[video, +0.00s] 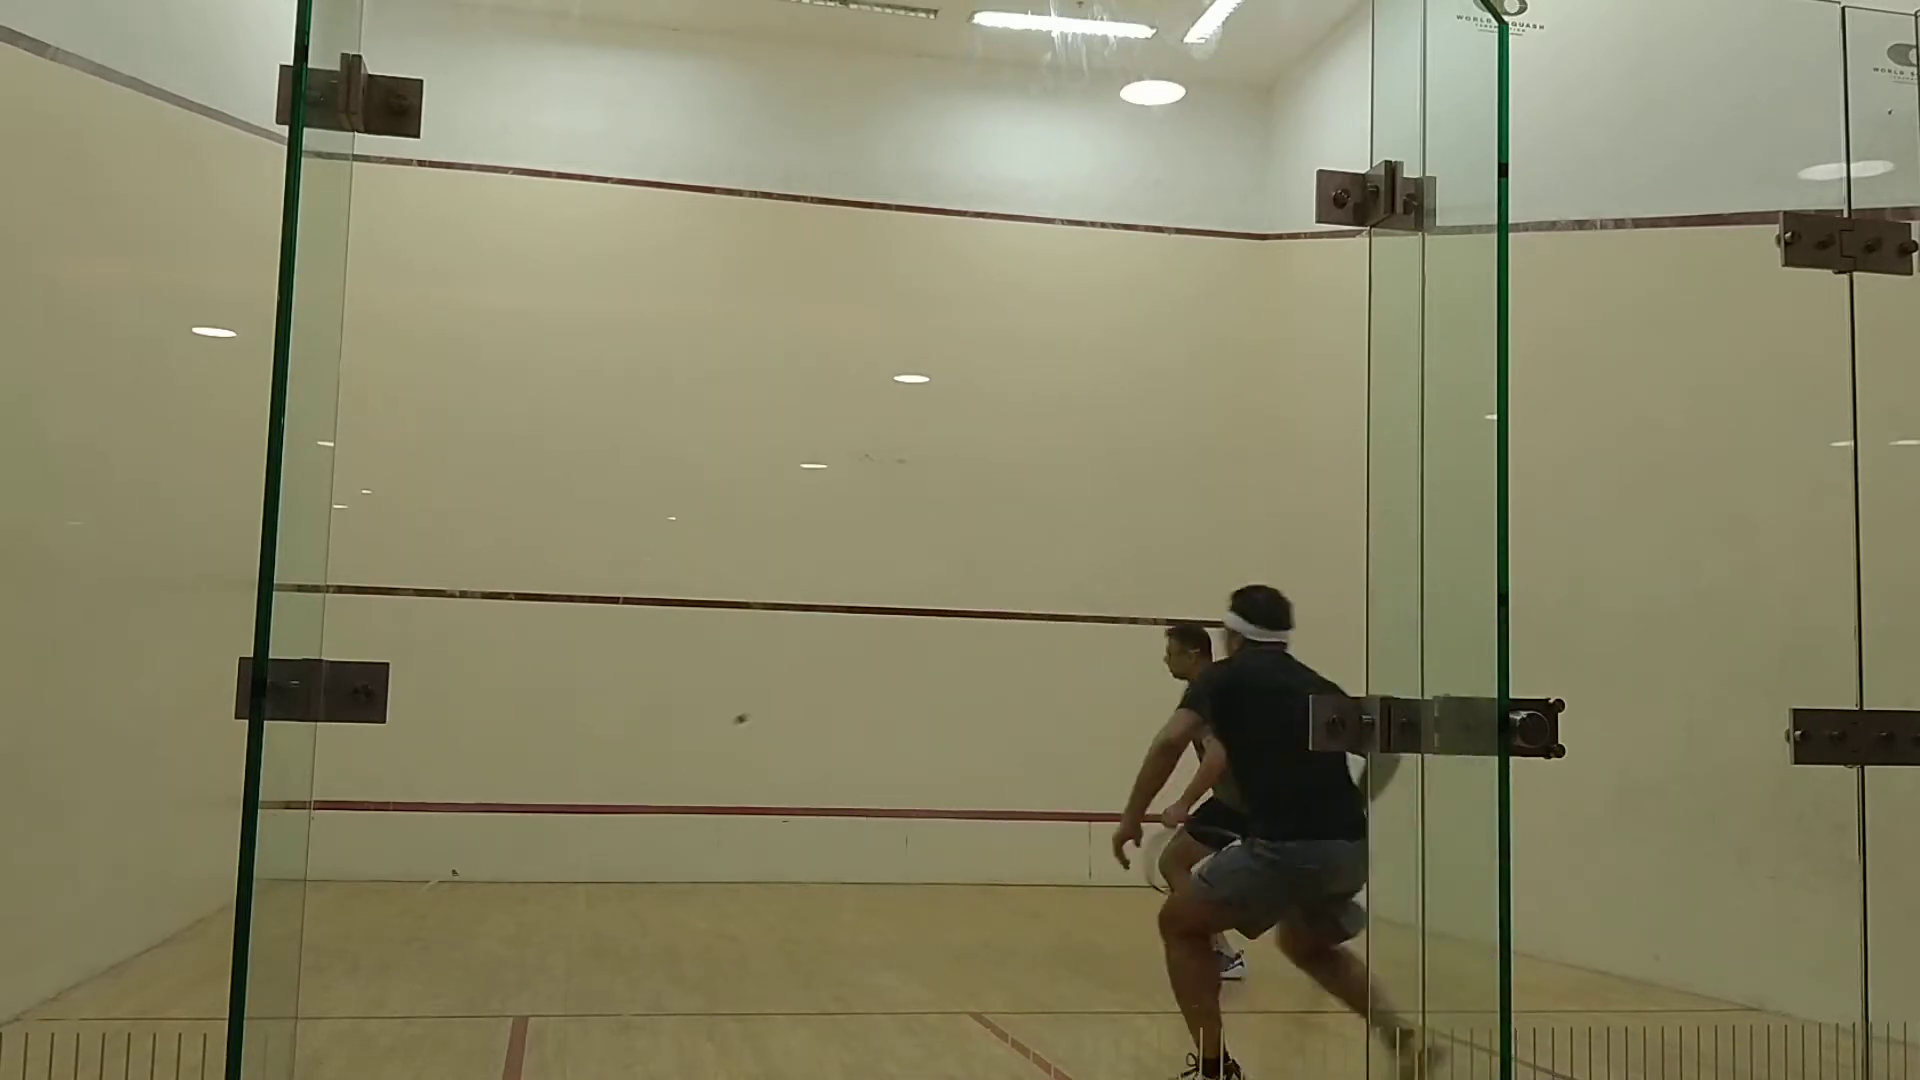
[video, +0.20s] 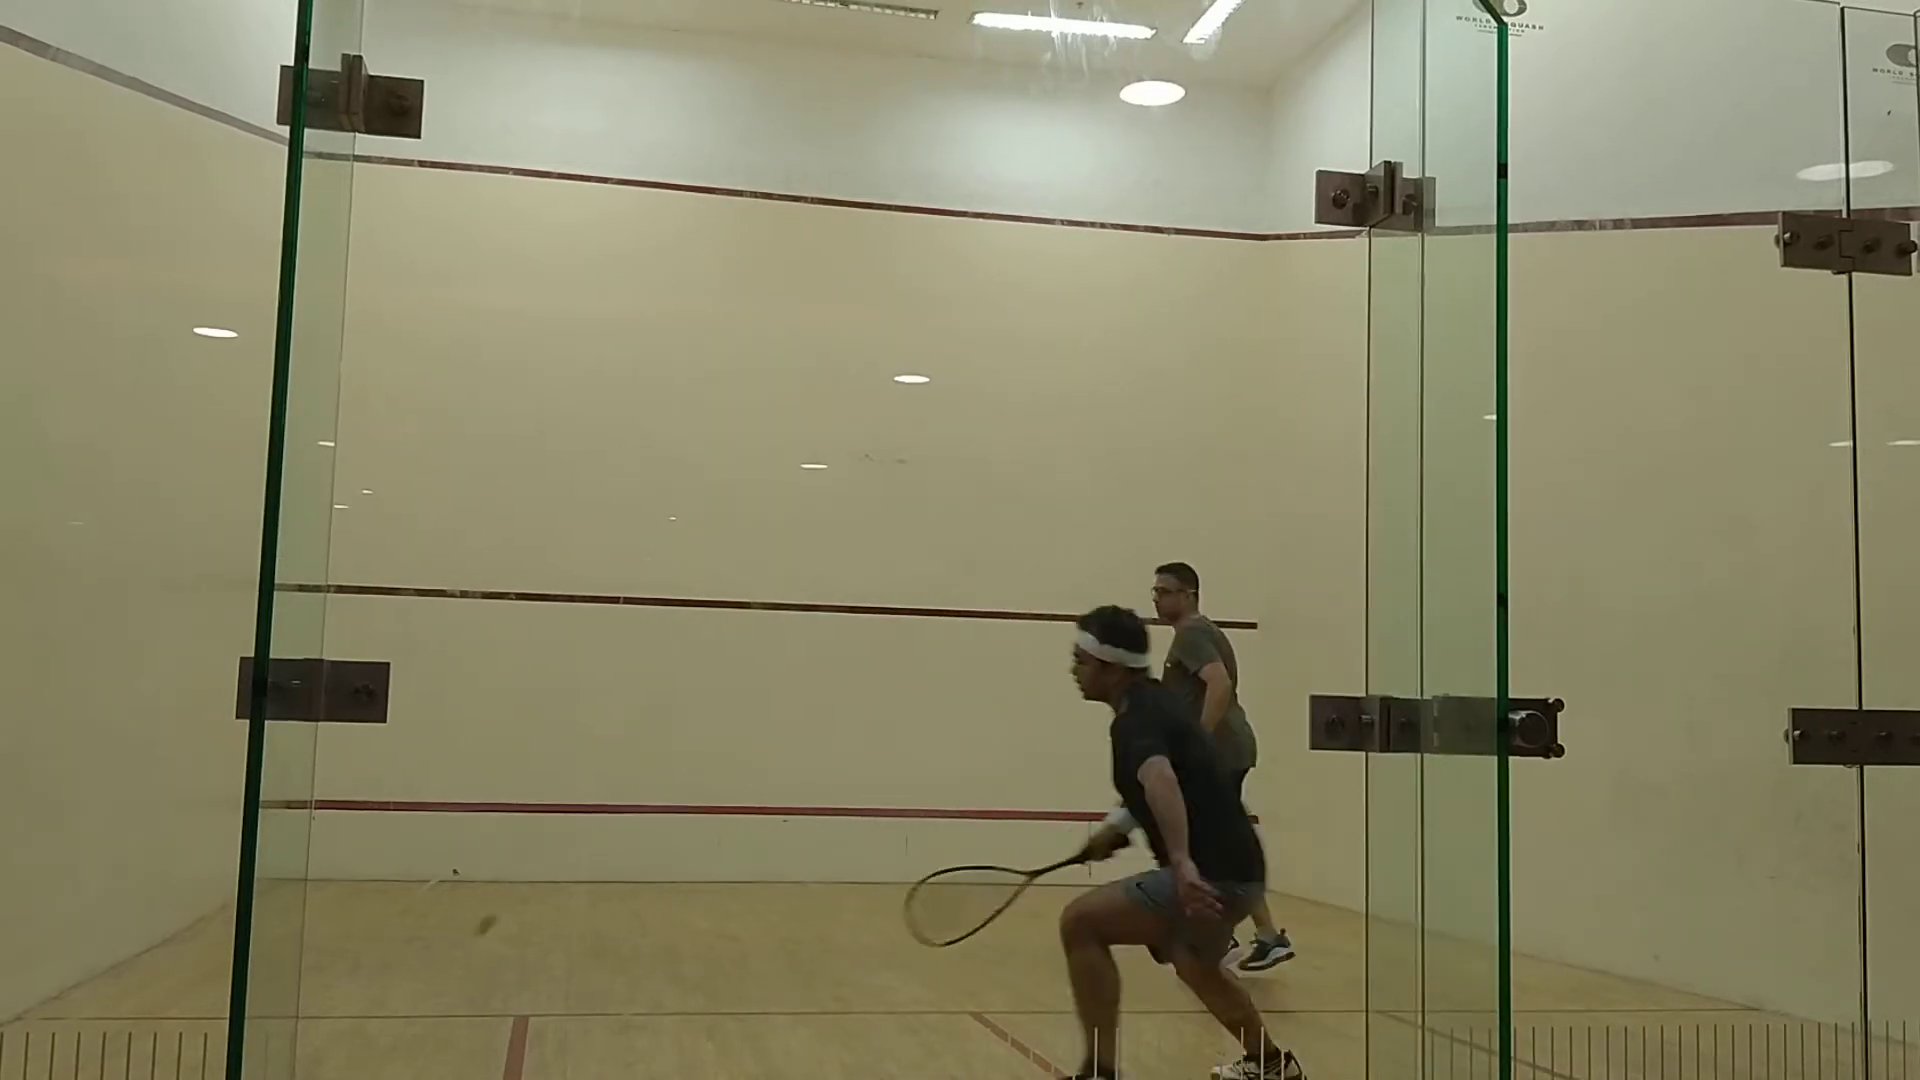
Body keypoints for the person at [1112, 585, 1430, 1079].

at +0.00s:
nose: (1221, 635)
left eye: (1224, 628)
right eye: (1225, 628)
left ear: (1234, 634)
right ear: (1284, 635)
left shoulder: (1220, 678)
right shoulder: (1320, 685)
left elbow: (1169, 742)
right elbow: (1389, 747)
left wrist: (1132, 818)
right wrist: (1358, 807)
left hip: (1283, 850)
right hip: (1350, 848)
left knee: (1181, 923)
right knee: (1303, 943)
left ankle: (1213, 1065)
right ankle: (1404, 1038)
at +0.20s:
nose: (1073, 670)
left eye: (1081, 661)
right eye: (1076, 660)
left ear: (1112, 668)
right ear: (1119, 667)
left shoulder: (1137, 716)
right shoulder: (1156, 702)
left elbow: (1162, 784)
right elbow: (1166, 786)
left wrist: (1181, 864)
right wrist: (1116, 829)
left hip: (1209, 877)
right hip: (1232, 874)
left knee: (1081, 922)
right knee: (1192, 960)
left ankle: (1099, 1069)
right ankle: (1268, 1058)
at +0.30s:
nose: (1149, 595)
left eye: (1157, 589)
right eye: (1148, 588)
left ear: (1180, 593)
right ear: (1170, 595)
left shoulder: (1184, 634)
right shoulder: (1195, 631)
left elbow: (1200, 697)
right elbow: (1209, 698)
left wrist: (1181, 755)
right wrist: (1170, 745)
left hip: (1193, 758)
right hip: (1213, 757)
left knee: (1165, 851)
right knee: (1197, 853)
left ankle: (1193, 942)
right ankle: (1242, 946)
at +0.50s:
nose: (1130, 609)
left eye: (1141, 603)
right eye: (1128, 602)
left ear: (1162, 610)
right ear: (1126, 608)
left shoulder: (1161, 656)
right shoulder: (1148, 654)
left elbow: (1156, 728)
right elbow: (1141, 727)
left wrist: (1121, 783)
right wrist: (1113, 773)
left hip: (1153, 778)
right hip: (1154, 779)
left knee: (1118, 866)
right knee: (1148, 875)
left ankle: (1139, 979)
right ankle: (1226, 949)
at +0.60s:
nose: (1114, 597)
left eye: (1125, 591)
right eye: (1111, 589)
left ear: (1145, 598)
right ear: (1108, 593)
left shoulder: (1147, 645)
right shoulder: (1120, 642)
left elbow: (1133, 715)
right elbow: (1116, 715)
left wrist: (1101, 771)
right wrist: (1099, 772)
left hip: (1139, 773)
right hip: (1121, 772)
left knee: (1118, 865)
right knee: (1101, 863)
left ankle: (1138, 977)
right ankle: (1178, 942)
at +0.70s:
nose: (1096, 585)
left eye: (1106, 580)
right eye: (1092, 578)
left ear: (1126, 586)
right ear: (1087, 582)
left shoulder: (1130, 635)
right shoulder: (1096, 633)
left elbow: (1122, 703)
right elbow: (1091, 702)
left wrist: (1086, 758)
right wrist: (1074, 753)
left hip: (1126, 772)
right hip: (1097, 769)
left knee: (1126, 863)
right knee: (1069, 853)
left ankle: (1141, 975)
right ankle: (1110, 957)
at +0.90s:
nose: (1050, 586)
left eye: (1061, 580)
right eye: (1046, 580)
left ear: (1082, 586)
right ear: (1041, 585)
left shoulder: (1084, 635)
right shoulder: (1053, 636)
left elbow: (1089, 704)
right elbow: (1045, 708)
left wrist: (1061, 760)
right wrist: (1021, 758)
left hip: (1073, 776)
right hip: (1043, 773)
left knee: (1053, 866)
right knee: (1022, 856)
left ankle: (1124, 960)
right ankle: (1043, 969)